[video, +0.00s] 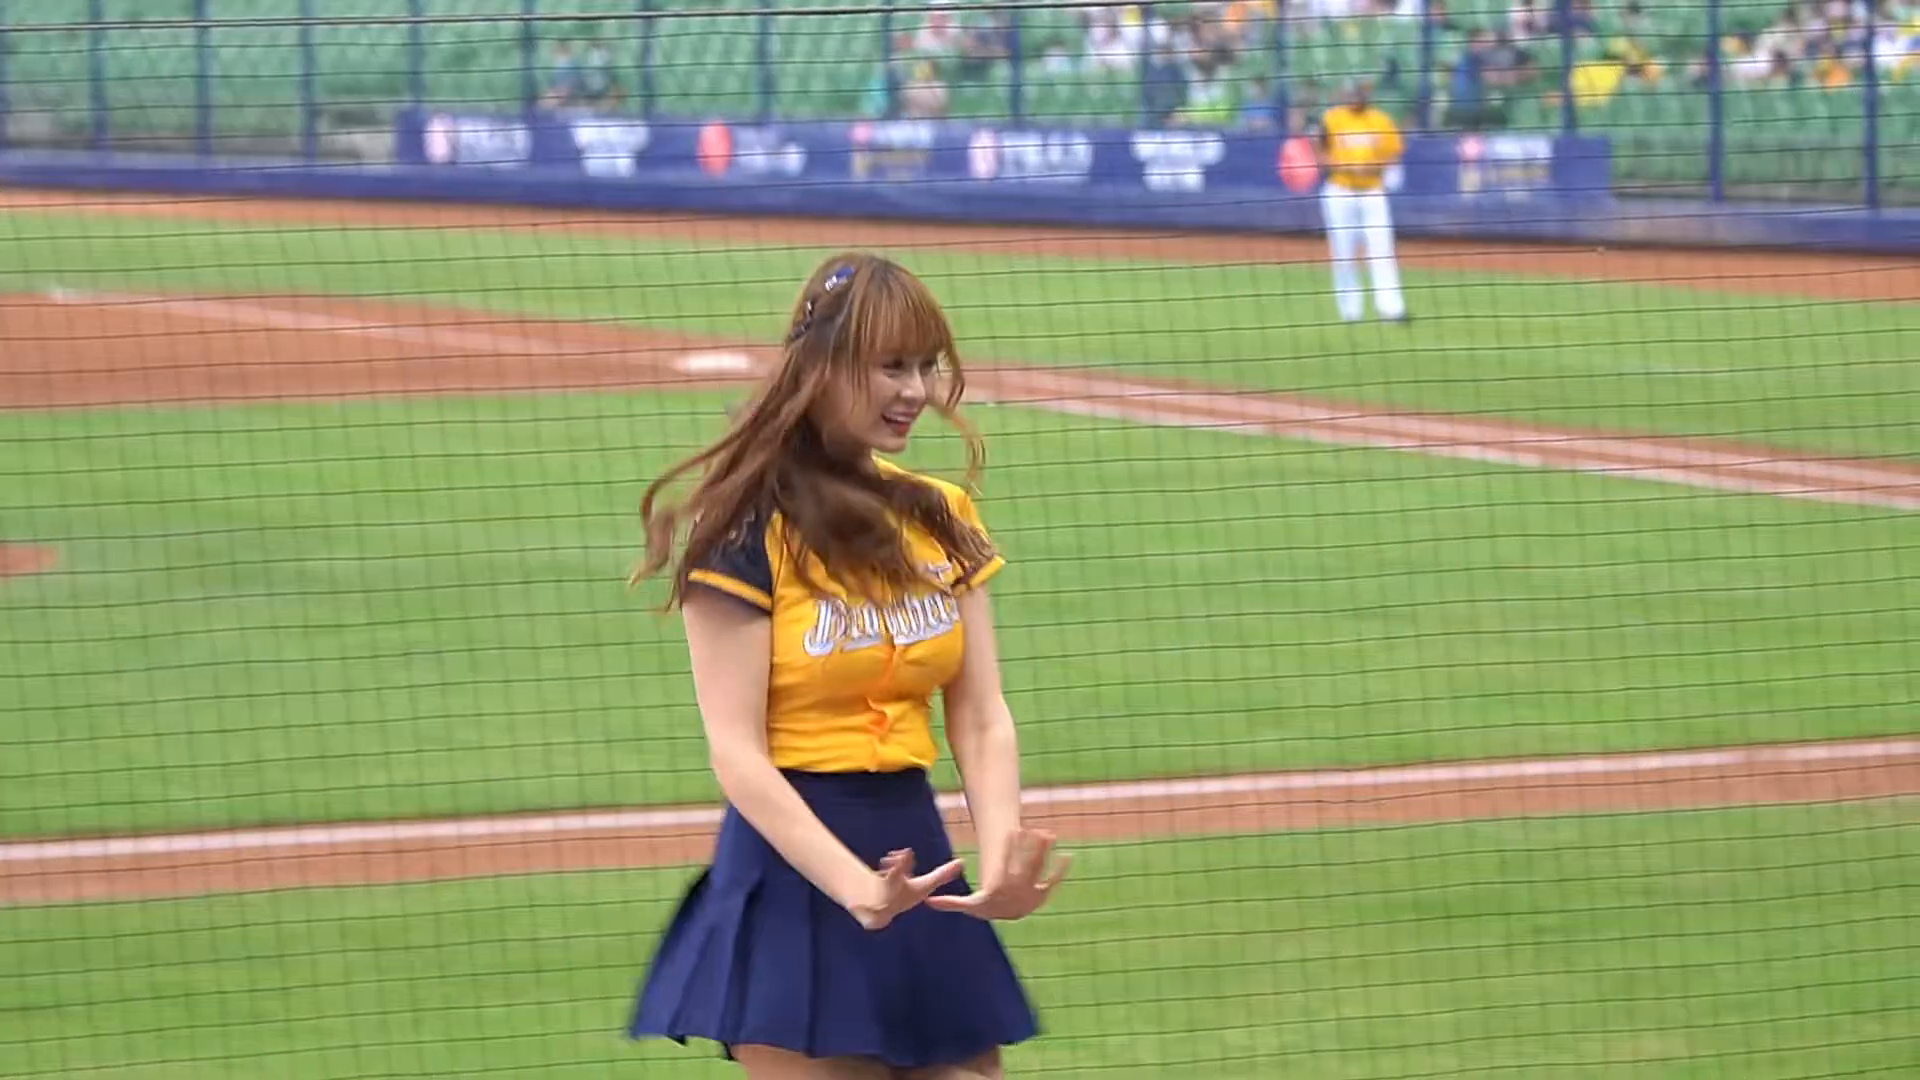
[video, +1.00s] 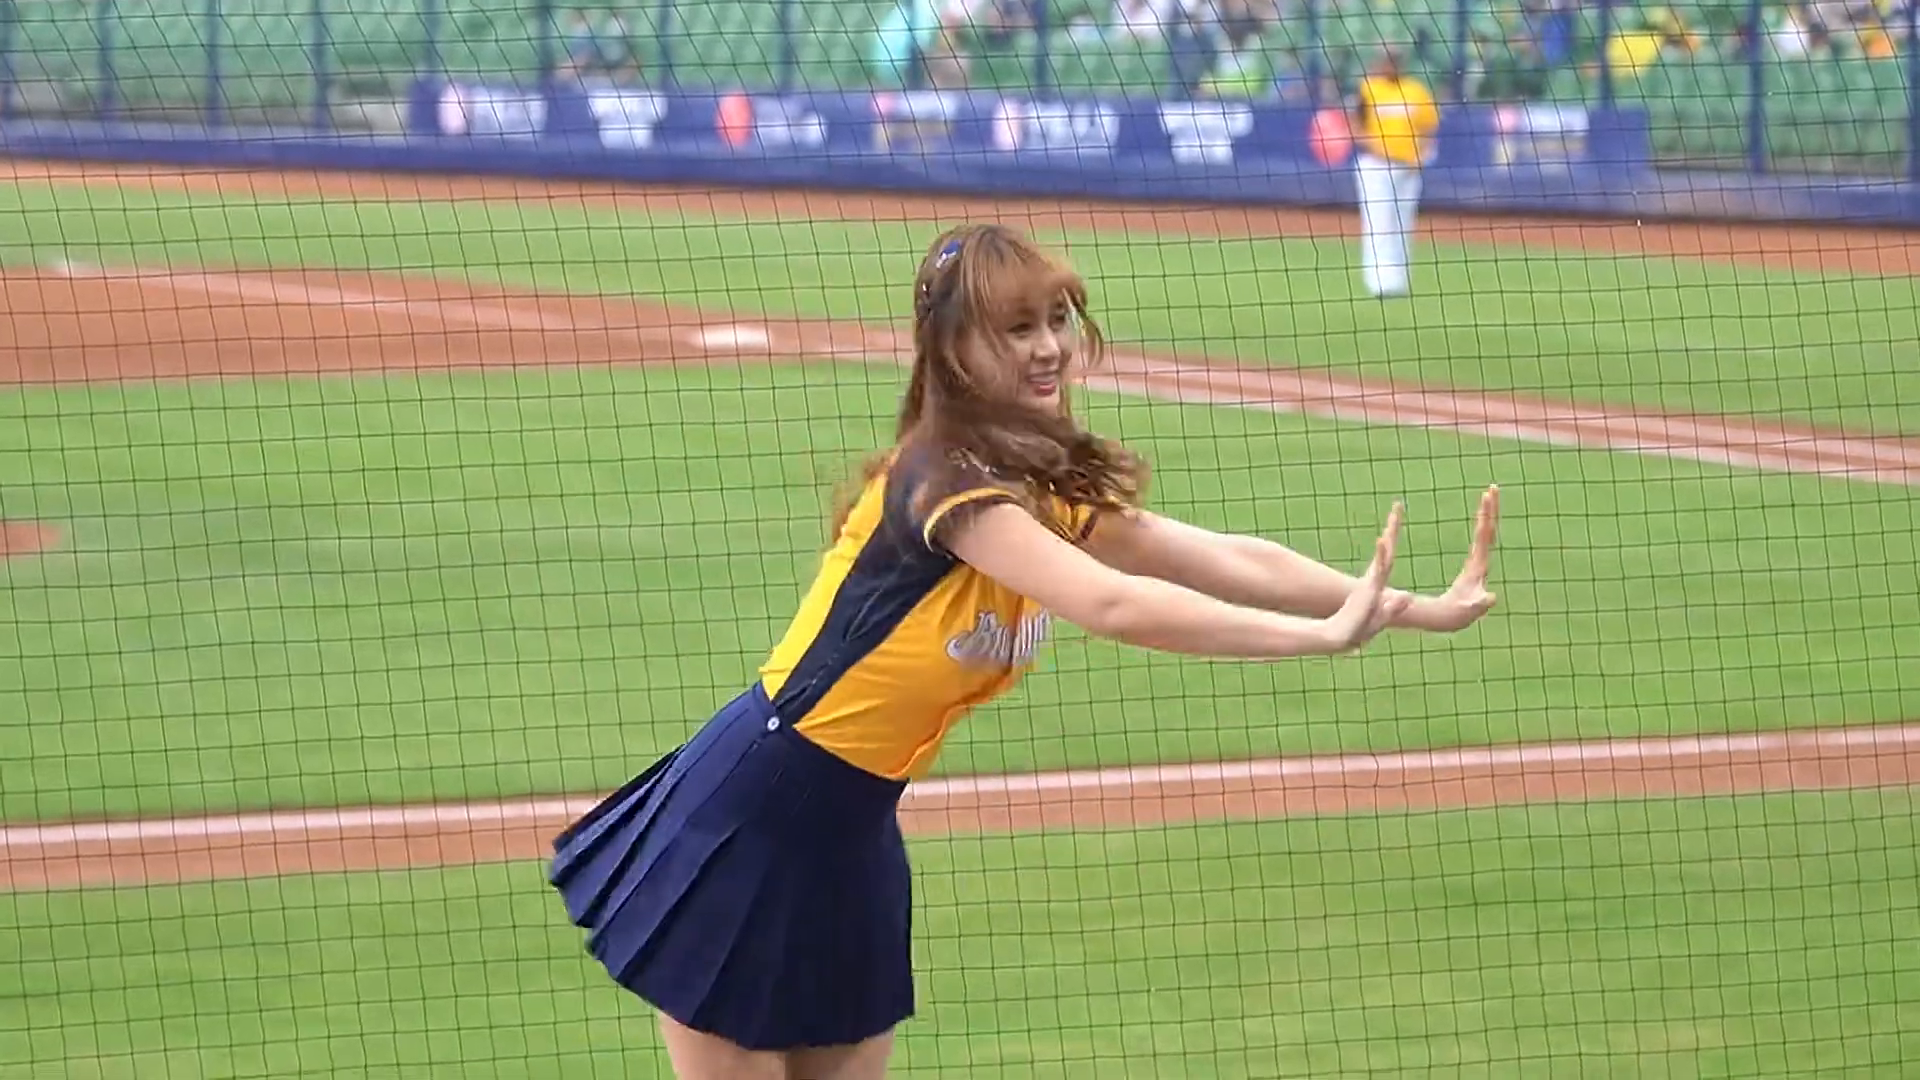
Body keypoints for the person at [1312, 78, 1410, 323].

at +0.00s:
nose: (1357, 99)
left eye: (1361, 94)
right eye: (1353, 94)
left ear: (1367, 95)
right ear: (1344, 95)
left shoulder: (1380, 120)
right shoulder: (1331, 119)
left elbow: (1395, 150)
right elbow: (1318, 150)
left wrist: (1372, 165)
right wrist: (1341, 165)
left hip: (1372, 192)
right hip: (1339, 192)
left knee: (1381, 248)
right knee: (1343, 251)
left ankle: (1391, 306)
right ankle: (1350, 308)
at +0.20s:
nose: (1369, 100)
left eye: (1373, 95)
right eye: (1365, 95)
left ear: (1381, 94)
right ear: (1358, 95)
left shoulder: (1397, 114)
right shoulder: (1348, 115)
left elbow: (1415, 144)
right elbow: (1334, 144)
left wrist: (1389, 161)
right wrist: (1354, 161)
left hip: (1393, 188)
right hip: (1359, 189)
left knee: (1402, 244)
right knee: (1363, 248)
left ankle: (1410, 304)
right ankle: (1370, 306)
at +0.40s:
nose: (1369, 89)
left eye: (1372, 84)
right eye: (1365, 84)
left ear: (1381, 84)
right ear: (1358, 86)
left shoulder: (1398, 107)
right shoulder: (1348, 110)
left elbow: (1417, 136)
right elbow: (1335, 139)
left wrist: (1395, 156)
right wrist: (1351, 158)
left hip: (1395, 180)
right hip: (1360, 182)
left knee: (1403, 238)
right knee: (1364, 241)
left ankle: (1402, 294)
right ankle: (1371, 298)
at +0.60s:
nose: (1371, 80)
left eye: (1375, 75)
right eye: (1367, 75)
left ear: (1383, 76)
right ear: (1361, 78)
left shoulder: (1401, 101)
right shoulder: (1351, 104)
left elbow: (1419, 131)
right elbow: (1340, 134)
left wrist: (1398, 156)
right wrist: (1360, 156)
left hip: (1398, 175)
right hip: (1363, 176)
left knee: (1402, 233)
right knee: (1368, 235)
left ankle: (1394, 283)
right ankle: (1373, 292)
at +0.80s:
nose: (1380, 73)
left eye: (1383, 67)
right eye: (1375, 68)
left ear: (1390, 69)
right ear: (1368, 71)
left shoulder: (1408, 94)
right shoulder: (1358, 97)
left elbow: (1425, 123)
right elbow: (1348, 129)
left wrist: (1406, 146)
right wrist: (1369, 150)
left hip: (1401, 168)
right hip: (1369, 169)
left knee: (1399, 228)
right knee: (1375, 228)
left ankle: (1396, 283)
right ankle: (1376, 286)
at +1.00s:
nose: (1389, 66)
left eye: (1393, 60)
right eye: (1385, 60)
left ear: (1400, 63)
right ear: (1378, 63)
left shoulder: (1417, 90)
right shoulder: (1368, 88)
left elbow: (1430, 127)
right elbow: (1356, 124)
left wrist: (1422, 152)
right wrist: (1377, 146)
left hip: (1407, 167)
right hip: (1374, 165)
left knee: (1402, 223)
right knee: (1379, 222)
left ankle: (1399, 277)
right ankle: (1381, 280)